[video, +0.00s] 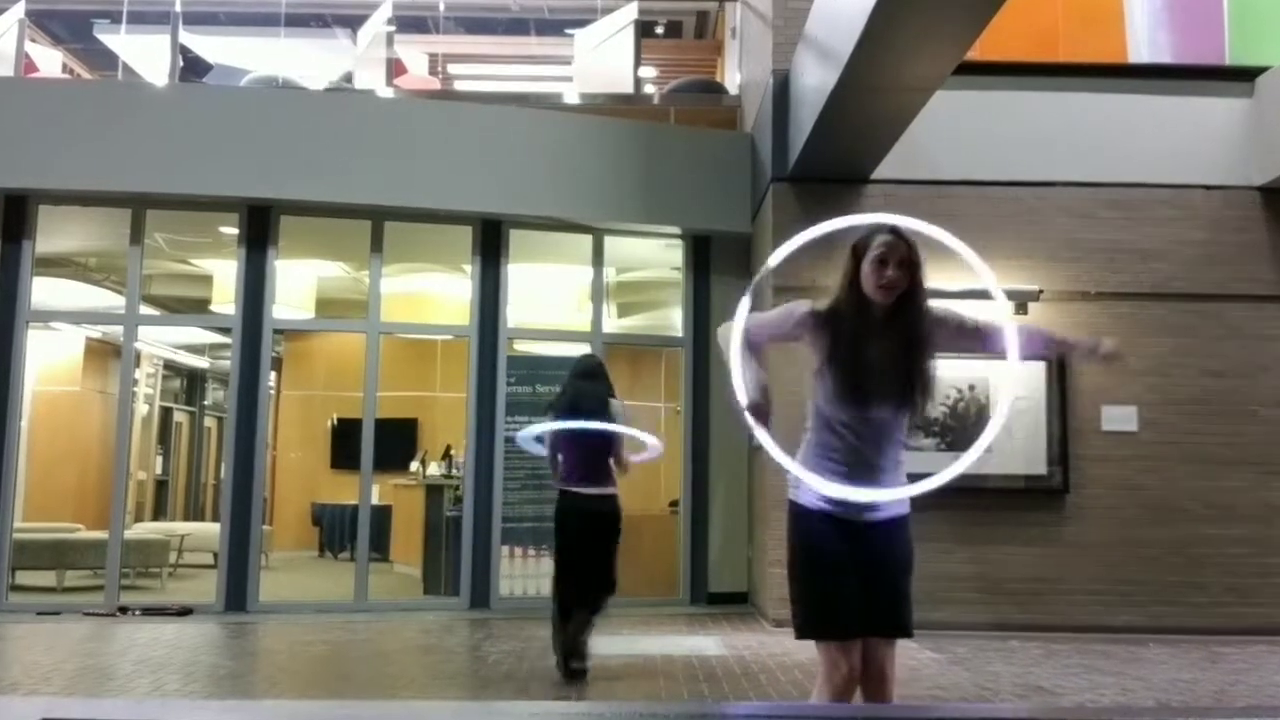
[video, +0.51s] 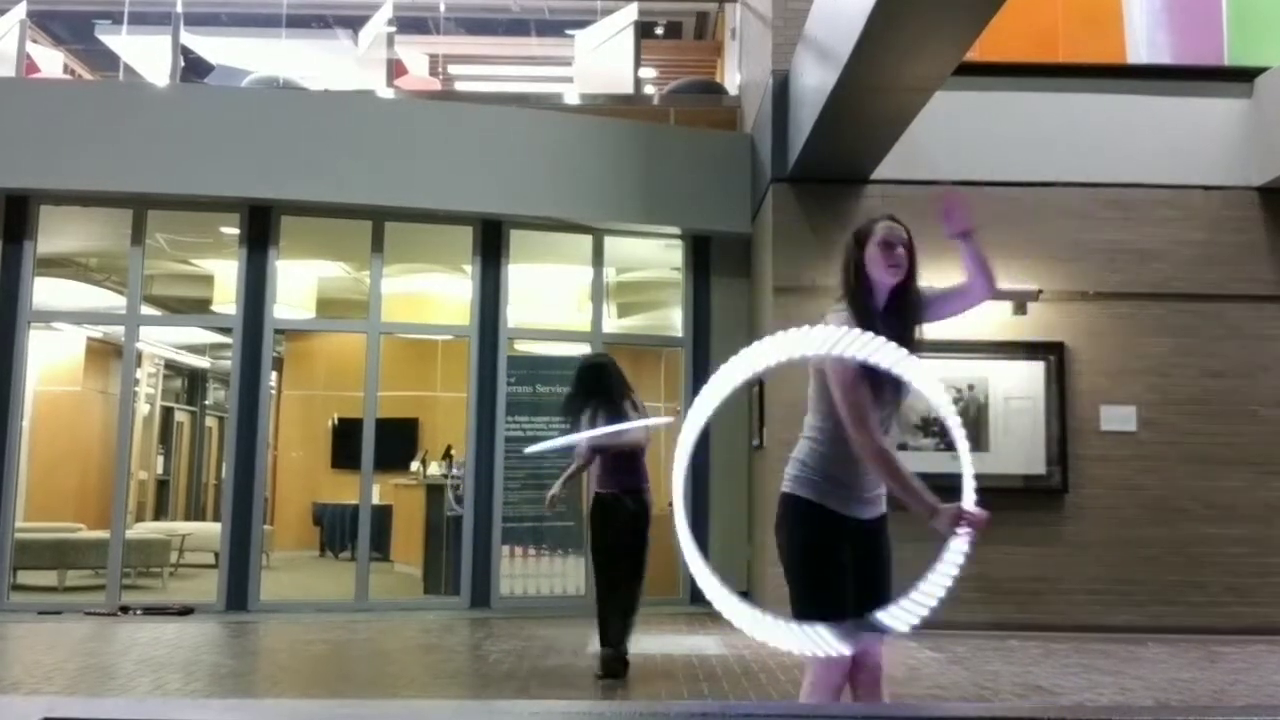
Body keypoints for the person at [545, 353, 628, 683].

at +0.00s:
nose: (603, 385)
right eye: (602, 378)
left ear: (571, 380)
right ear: (604, 382)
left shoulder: (560, 412)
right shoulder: (611, 412)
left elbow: (552, 457)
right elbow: (621, 463)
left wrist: (559, 475)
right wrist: (624, 457)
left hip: (570, 504)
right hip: (603, 506)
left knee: (568, 577)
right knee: (602, 580)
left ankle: (567, 654)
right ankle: (575, 634)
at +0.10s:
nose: (570, 386)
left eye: (571, 379)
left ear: (570, 381)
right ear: (602, 378)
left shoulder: (565, 413)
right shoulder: (618, 410)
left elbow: (555, 456)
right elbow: (633, 449)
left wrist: (546, 488)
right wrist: (608, 451)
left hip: (582, 505)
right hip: (614, 506)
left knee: (574, 579)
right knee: (604, 576)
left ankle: (569, 659)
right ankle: (609, 648)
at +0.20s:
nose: (568, 389)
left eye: (568, 384)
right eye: (567, 384)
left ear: (575, 381)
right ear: (600, 376)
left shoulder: (583, 403)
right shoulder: (619, 402)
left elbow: (575, 452)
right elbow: (638, 444)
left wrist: (546, 481)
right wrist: (605, 449)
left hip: (590, 504)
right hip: (616, 505)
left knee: (578, 581)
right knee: (605, 583)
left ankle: (566, 661)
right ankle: (617, 660)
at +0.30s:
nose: (570, 394)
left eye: (571, 387)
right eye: (570, 387)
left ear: (580, 383)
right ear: (599, 377)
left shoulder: (599, 404)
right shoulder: (608, 404)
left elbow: (596, 453)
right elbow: (603, 458)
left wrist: (555, 479)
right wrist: (568, 478)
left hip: (613, 509)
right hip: (616, 507)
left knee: (594, 587)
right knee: (600, 586)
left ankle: (566, 662)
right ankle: (613, 660)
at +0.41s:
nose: (571, 394)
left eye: (574, 386)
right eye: (571, 386)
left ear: (585, 383)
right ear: (601, 377)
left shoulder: (608, 403)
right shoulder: (612, 404)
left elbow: (611, 454)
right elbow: (614, 458)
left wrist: (570, 480)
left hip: (623, 504)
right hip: (625, 503)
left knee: (611, 583)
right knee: (611, 583)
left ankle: (583, 656)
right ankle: (612, 658)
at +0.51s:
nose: (579, 389)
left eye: (581, 383)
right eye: (580, 383)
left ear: (586, 384)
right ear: (616, 377)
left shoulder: (593, 413)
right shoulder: (637, 407)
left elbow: (585, 456)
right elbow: (642, 445)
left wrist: (559, 486)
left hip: (607, 503)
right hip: (638, 502)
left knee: (608, 575)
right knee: (630, 576)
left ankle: (612, 652)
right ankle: (617, 648)